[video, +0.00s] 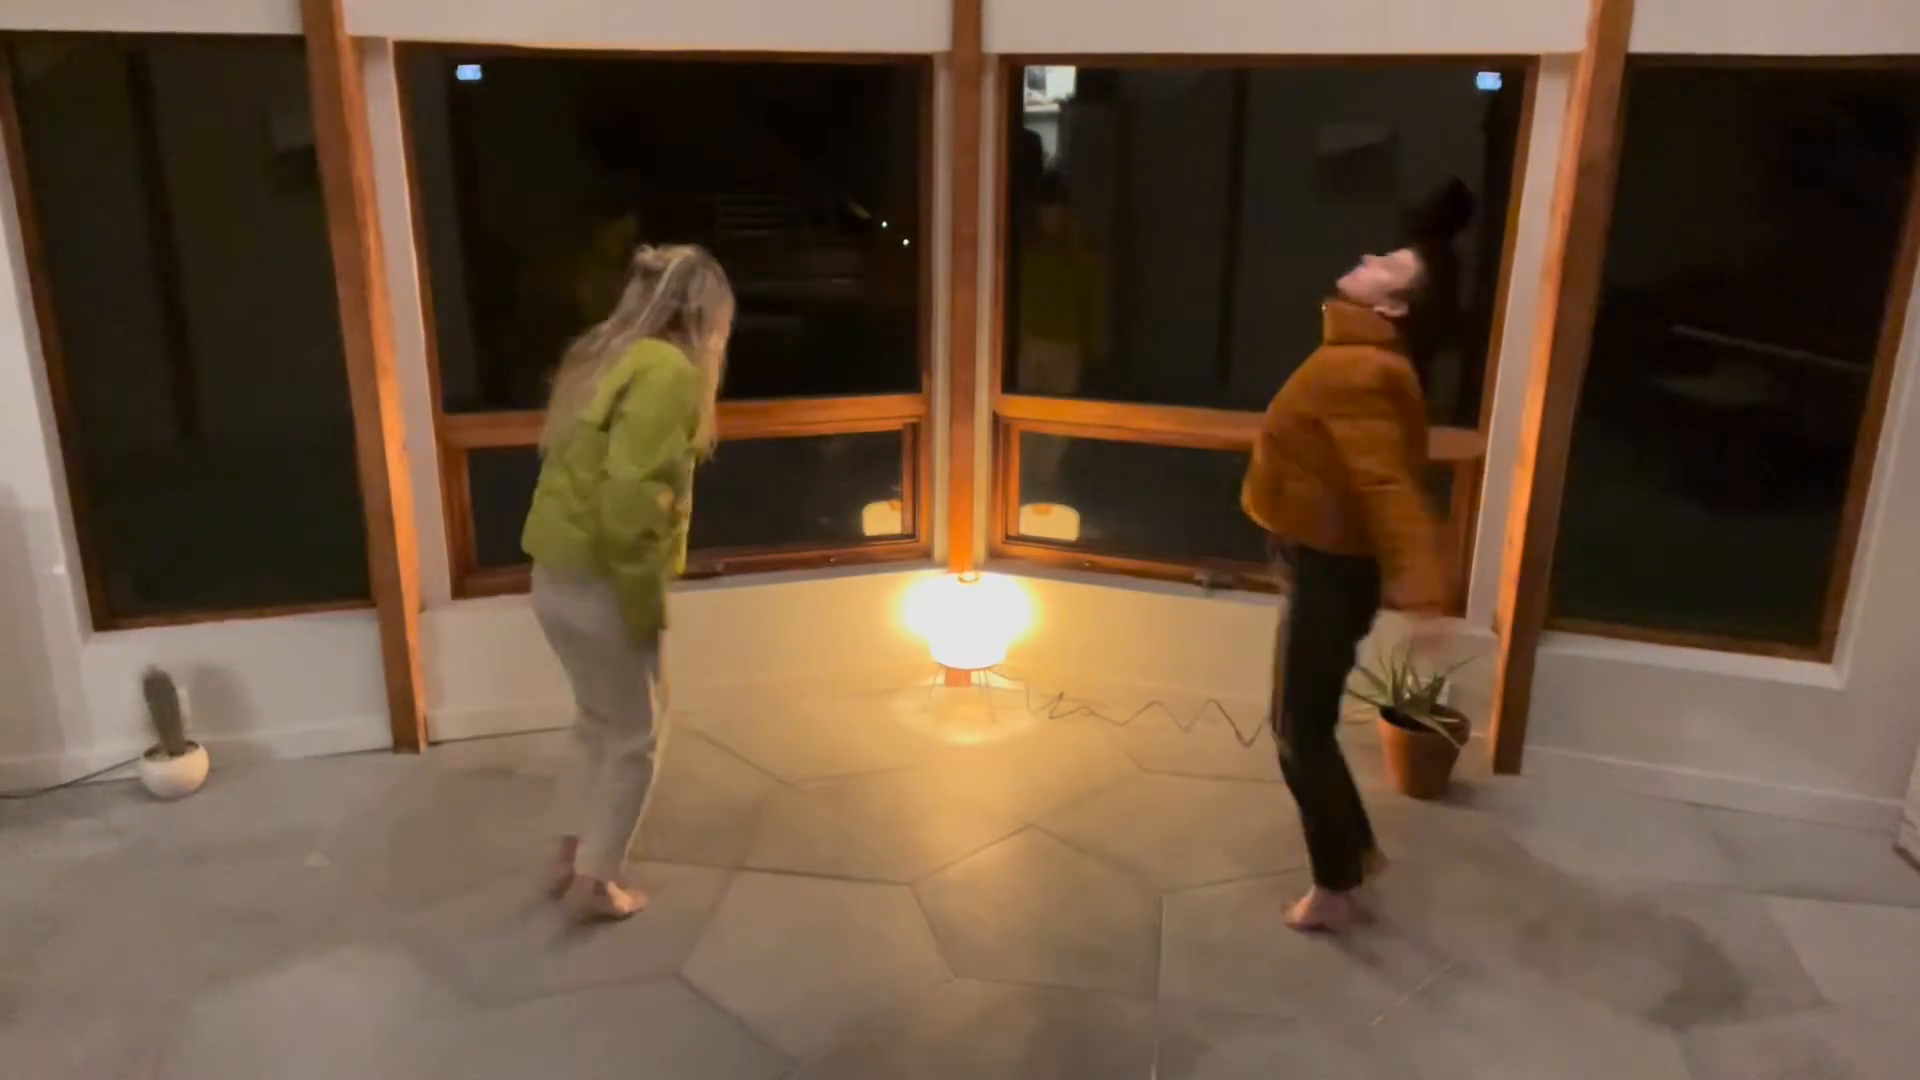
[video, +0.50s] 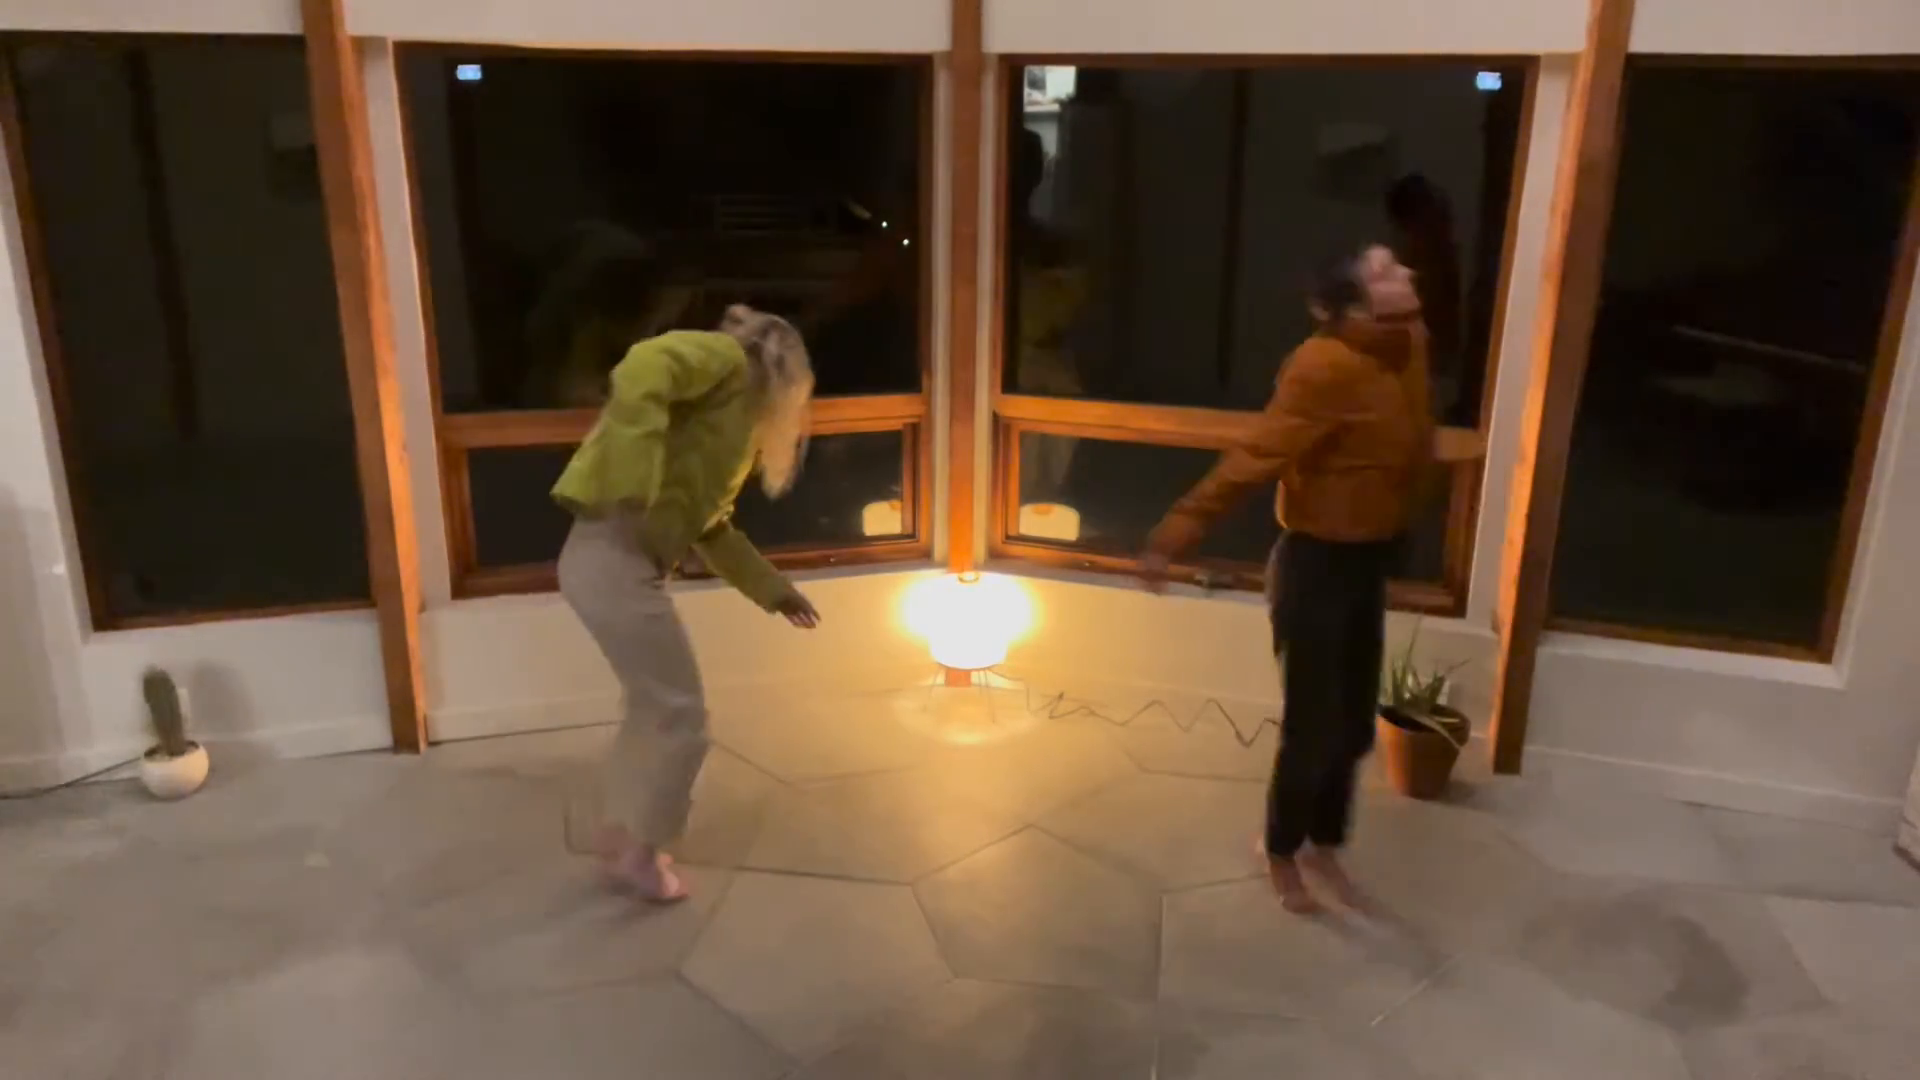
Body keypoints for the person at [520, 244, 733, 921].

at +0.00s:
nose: (724, 339)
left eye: (725, 325)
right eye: (722, 324)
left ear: (649, 302)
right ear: (699, 316)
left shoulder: (604, 354)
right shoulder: (668, 369)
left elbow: (566, 467)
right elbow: (632, 498)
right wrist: (648, 612)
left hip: (555, 578)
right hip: (599, 584)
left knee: (600, 724)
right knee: (633, 737)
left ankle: (583, 851)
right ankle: (596, 880)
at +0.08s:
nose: (730, 354)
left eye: (733, 341)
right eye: (730, 338)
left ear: (667, 308)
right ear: (709, 323)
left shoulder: (627, 353)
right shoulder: (668, 360)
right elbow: (605, 465)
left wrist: (683, 465)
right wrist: (618, 592)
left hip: (555, 571)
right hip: (595, 581)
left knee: (586, 713)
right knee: (667, 718)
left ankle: (563, 848)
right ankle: (606, 851)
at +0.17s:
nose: (738, 365)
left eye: (743, 353)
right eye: (739, 349)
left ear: (684, 313)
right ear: (718, 329)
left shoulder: (651, 355)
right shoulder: (672, 356)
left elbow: (660, 469)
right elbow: (594, 446)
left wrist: (717, 497)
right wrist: (598, 565)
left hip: (566, 570)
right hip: (606, 580)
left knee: (590, 711)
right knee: (661, 723)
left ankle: (565, 846)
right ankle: (611, 857)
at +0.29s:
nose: (763, 382)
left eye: (766, 372)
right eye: (763, 367)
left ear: (718, 327)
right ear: (745, 341)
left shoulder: (704, 388)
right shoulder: (692, 353)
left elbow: (692, 503)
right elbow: (606, 410)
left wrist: (759, 560)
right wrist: (587, 519)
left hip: (613, 570)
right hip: (603, 569)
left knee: (635, 714)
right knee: (637, 724)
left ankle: (613, 837)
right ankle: (593, 864)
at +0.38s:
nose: (774, 392)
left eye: (778, 382)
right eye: (775, 376)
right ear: (757, 350)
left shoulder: (714, 404)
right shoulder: (705, 353)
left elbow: (699, 513)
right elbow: (621, 389)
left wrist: (764, 575)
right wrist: (597, 501)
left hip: (606, 569)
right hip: (602, 566)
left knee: (635, 709)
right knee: (661, 723)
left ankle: (615, 836)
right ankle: (606, 853)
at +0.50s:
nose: (788, 408)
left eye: (791, 398)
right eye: (790, 392)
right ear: (778, 368)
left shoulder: (733, 425)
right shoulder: (729, 356)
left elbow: (710, 527)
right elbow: (646, 365)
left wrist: (777, 592)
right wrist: (636, 483)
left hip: (618, 560)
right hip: (610, 556)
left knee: (654, 702)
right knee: (679, 711)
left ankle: (620, 832)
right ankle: (642, 851)